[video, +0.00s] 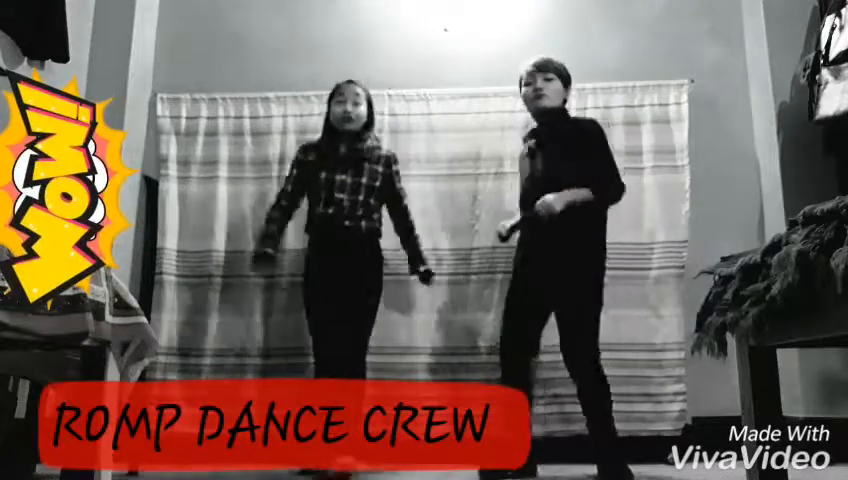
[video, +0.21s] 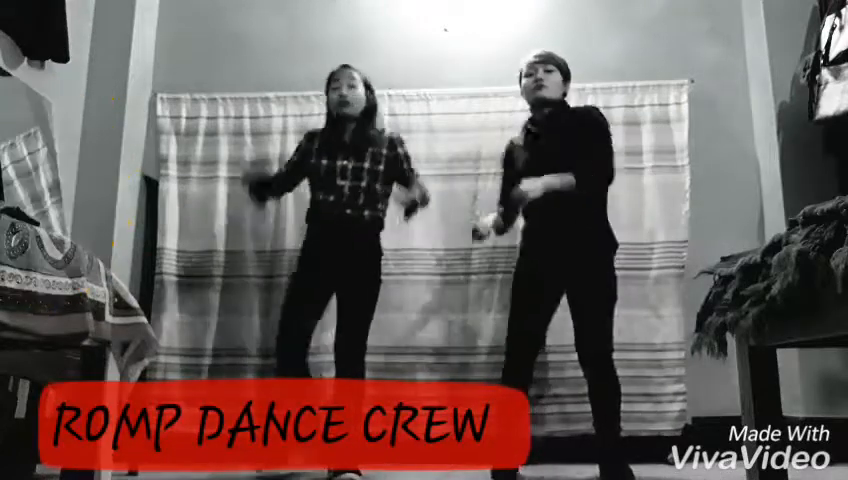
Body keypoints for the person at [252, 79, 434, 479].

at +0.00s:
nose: (348, 107)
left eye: (356, 102)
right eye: (340, 101)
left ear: (368, 112)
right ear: (328, 110)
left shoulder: (382, 159)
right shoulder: (310, 156)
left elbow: (400, 212)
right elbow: (285, 202)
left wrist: (418, 259)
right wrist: (267, 244)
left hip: (363, 264)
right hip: (322, 262)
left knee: (352, 353)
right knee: (326, 352)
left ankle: (351, 439)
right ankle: (325, 440)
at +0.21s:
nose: (343, 91)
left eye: (352, 85)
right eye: (336, 86)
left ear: (368, 95)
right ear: (326, 98)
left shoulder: (388, 145)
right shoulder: (315, 142)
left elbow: (414, 188)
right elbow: (288, 179)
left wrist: (416, 198)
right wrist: (266, 186)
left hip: (362, 251)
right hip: (319, 249)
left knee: (350, 349)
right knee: (291, 339)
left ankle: (345, 447)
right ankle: (294, 435)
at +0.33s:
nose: (325, 89)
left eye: (332, 81)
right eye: (317, 85)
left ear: (350, 89)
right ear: (311, 99)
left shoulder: (377, 128)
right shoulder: (306, 136)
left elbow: (429, 147)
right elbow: (266, 135)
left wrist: (422, 192)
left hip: (357, 244)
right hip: (313, 243)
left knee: (347, 350)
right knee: (287, 346)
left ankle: (346, 451)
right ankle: (260, 447)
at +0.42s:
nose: (316, 86)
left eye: (324, 79)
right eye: (310, 83)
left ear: (344, 89)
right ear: (304, 98)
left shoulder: (367, 129)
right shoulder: (296, 133)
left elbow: (420, 155)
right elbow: (255, 118)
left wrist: (421, 211)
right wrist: (270, 101)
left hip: (348, 244)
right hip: (303, 245)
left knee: (342, 351)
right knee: (281, 348)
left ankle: (345, 453)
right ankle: (255, 451)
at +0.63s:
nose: (333, 89)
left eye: (342, 85)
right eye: (325, 82)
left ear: (352, 101)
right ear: (310, 94)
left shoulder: (353, 144)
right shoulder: (285, 131)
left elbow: (404, 153)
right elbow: (232, 148)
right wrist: (223, 166)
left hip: (333, 254)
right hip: (284, 251)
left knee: (334, 356)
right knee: (270, 353)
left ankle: (344, 457)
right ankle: (251, 454)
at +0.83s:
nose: (311, 82)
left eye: (320, 79)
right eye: (303, 76)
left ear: (330, 96)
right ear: (285, 90)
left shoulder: (338, 134)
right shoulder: (265, 133)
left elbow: (383, 171)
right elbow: (209, 149)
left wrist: (381, 161)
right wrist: (220, 120)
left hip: (335, 248)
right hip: (288, 247)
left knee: (338, 353)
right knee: (274, 352)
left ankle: (343, 455)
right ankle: (251, 454)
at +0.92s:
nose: (313, 83)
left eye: (322, 80)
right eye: (305, 75)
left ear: (331, 98)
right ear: (287, 88)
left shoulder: (339, 132)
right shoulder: (264, 124)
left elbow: (386, 168)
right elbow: (211, 124)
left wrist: (381, 128)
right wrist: (218, 138)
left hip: (334, 246)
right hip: (286, 244)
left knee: (337, 353)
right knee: (272, 352)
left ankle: (342, 458)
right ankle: (251, 455)